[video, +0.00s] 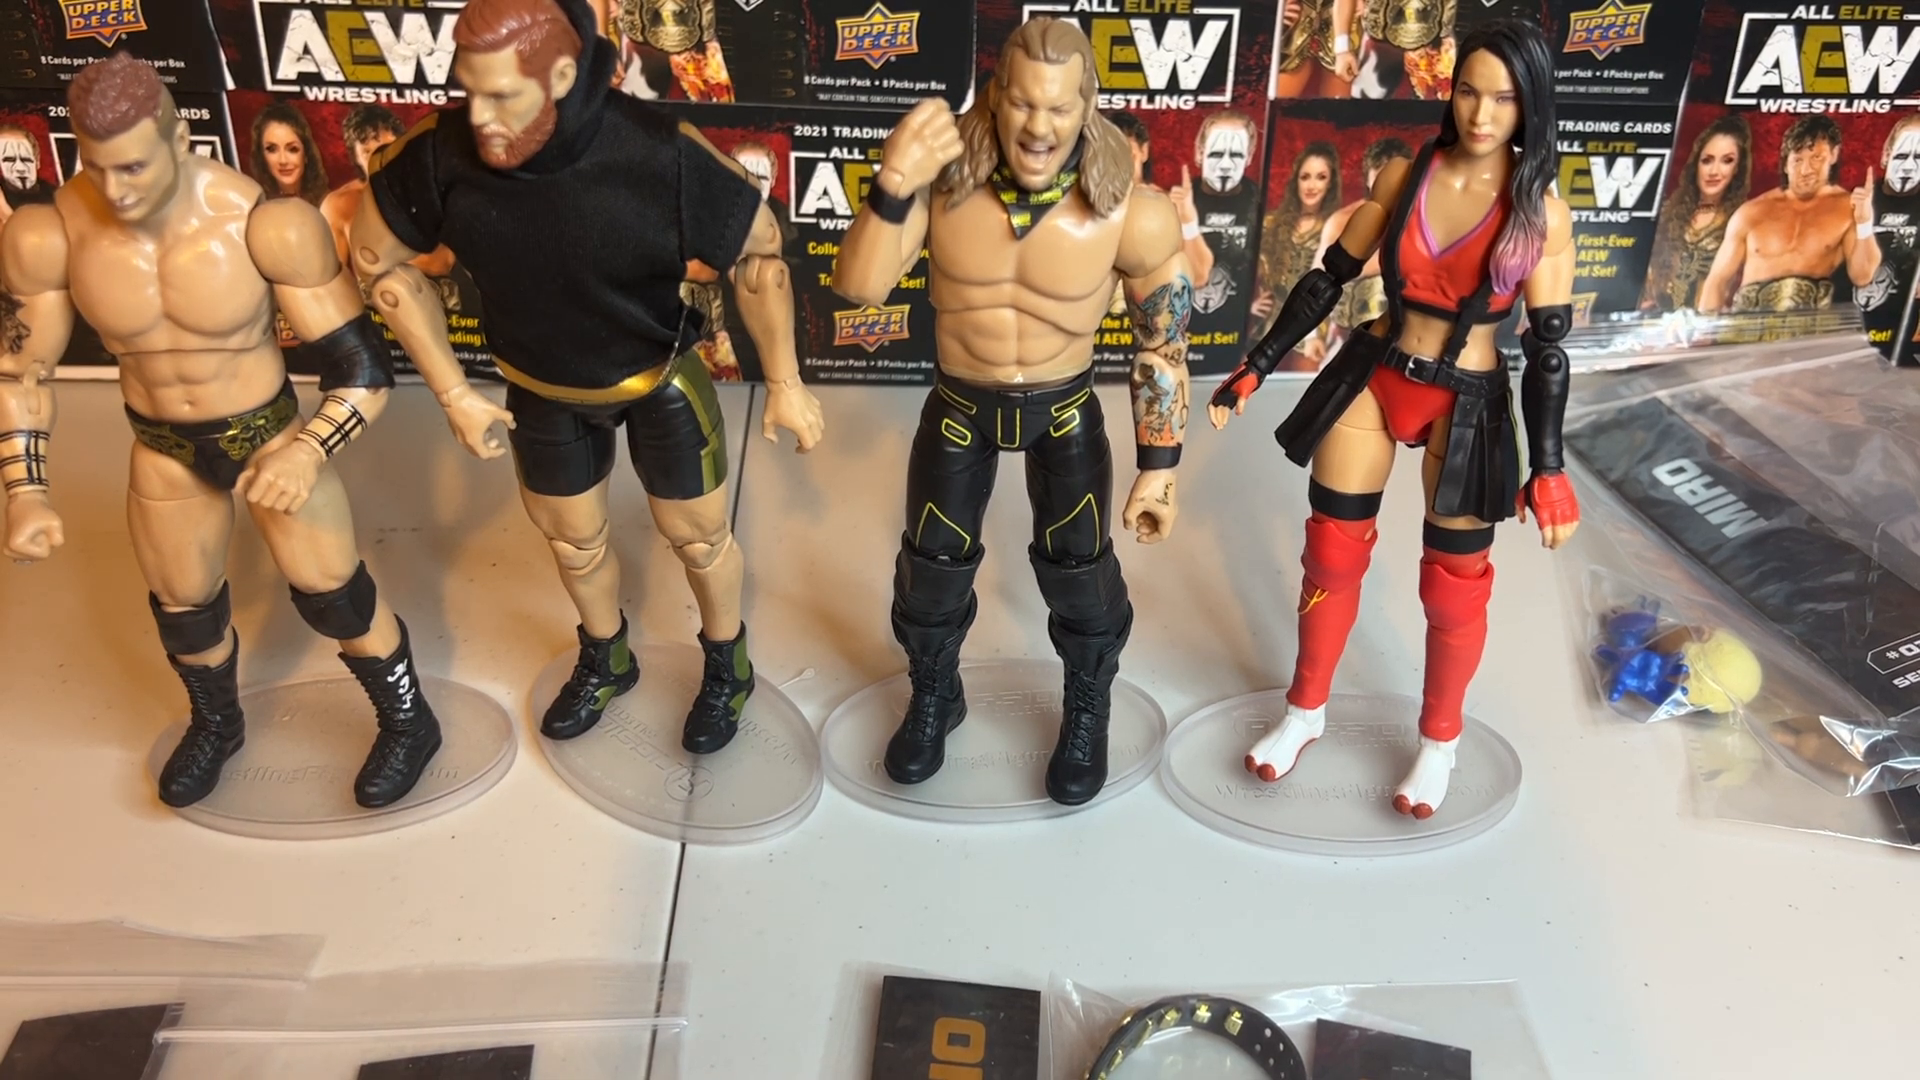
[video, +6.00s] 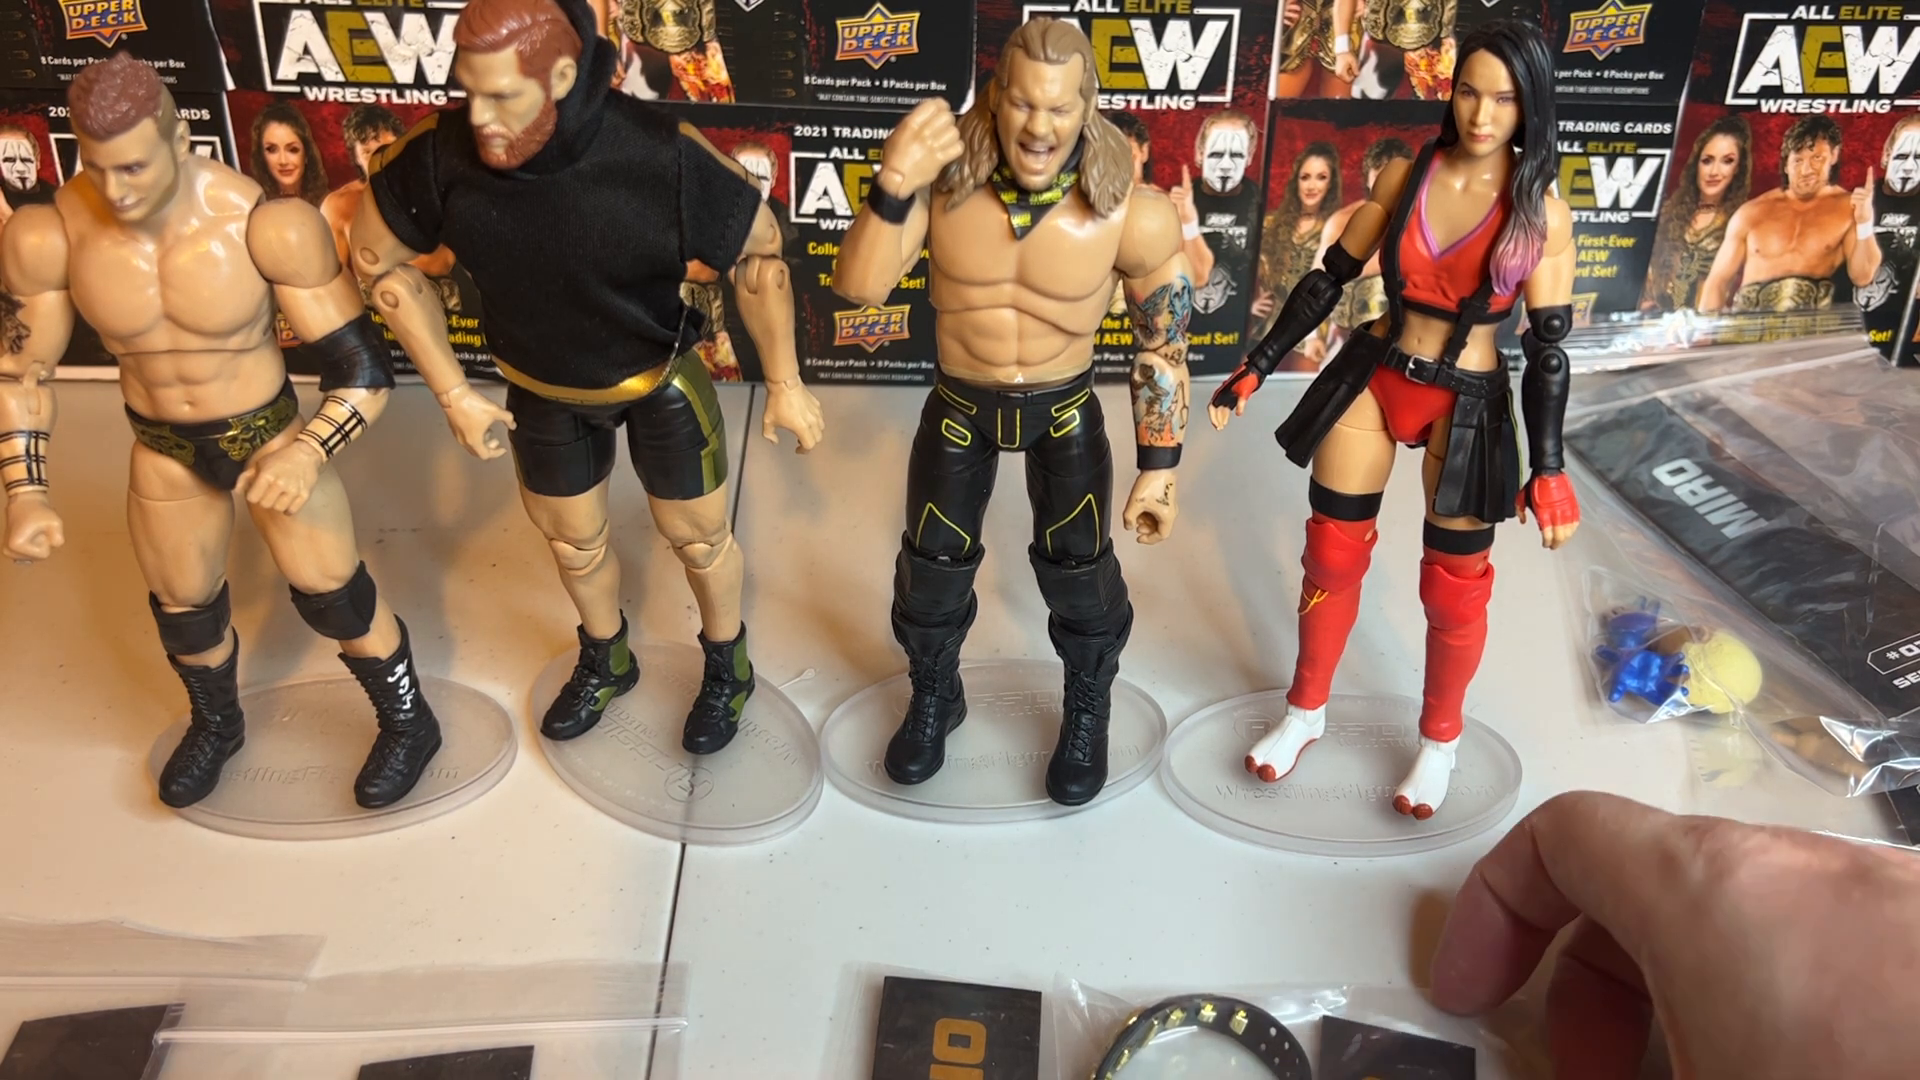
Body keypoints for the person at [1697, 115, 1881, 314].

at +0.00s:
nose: (1806, 169)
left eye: (1816, 158)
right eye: (1797, 160)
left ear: (1834, 156)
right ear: (1785, 162)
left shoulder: (1847, 207)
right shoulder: (1750, 212)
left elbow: (1861, 277)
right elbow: (1718, 281)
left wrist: (1864, 223)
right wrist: (1704, 335)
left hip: (1809, 313)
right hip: (1748, 311)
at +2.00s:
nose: (1806, 169)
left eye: (1816, 158)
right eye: (1797, 160)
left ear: (1834, 156)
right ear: (1785, 163)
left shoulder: (1848, 207)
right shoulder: (1750, 212)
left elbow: (1862, 277)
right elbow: (1718, 282)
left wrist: (1864, 223)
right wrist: (1704, 336)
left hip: (1810, 316)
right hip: (1748, 314)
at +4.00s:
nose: (1806, 170)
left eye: (1817, 158)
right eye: (1798, 160)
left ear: (1834, 156)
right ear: (1785, 163)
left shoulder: (1848, 207)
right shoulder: (1751, 213)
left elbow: (1862, 277)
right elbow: (1718, 281)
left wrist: (1864, 223)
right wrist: (1704, 336)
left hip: (1810, 316)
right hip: (1748, 313)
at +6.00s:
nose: (1806, 169)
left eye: (1817, 158)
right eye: (1798, 160)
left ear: (1834, 156)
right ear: (1785, 163)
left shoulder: (1848, 207)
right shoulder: (1751, 212)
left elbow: (1862, 277)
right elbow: (1718, 281)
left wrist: (1864, 223)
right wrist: (1704, 335)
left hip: (1810, 316)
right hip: (1749, 313)